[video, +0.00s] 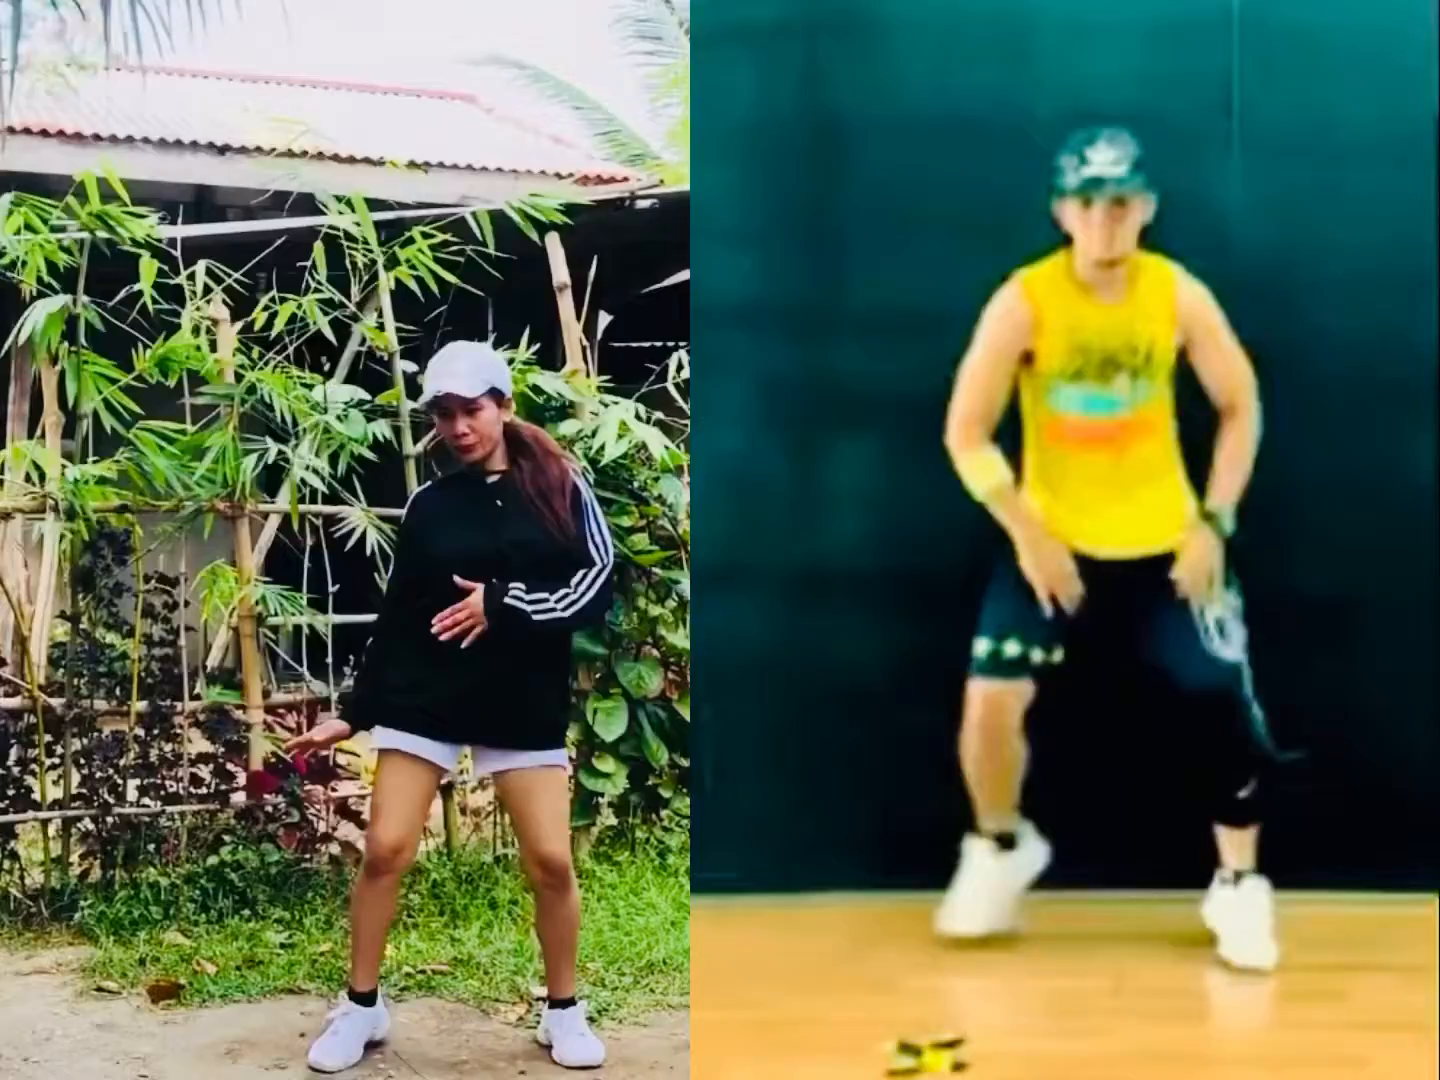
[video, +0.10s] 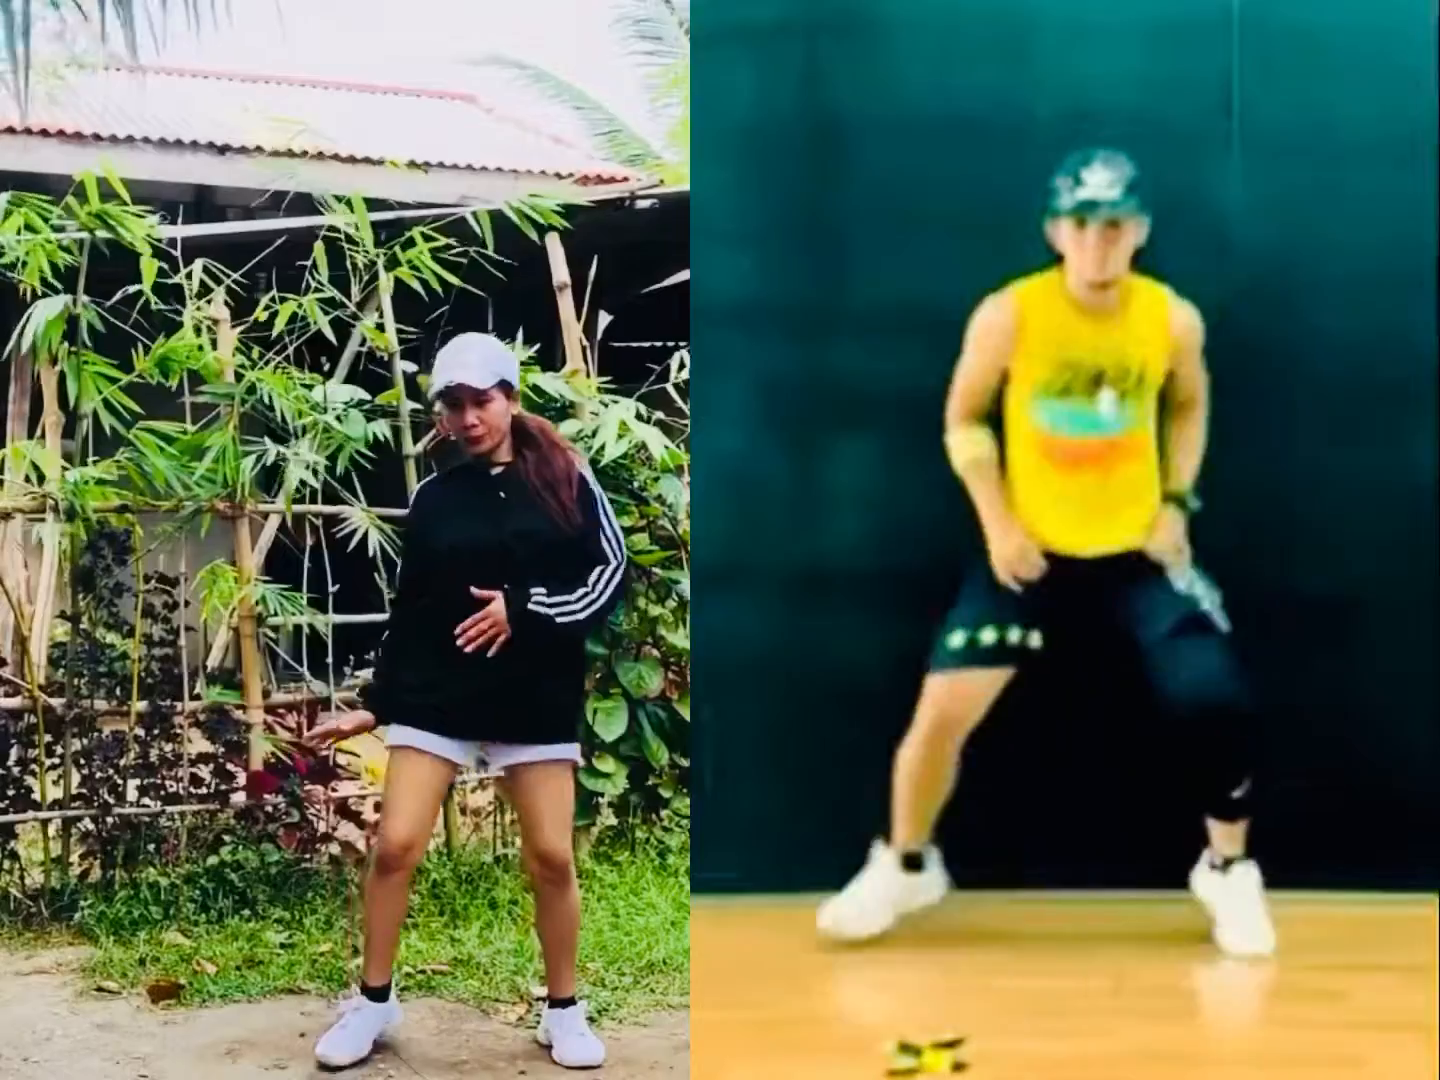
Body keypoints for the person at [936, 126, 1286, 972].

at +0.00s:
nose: (1108, 222)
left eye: (1123, 205)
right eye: (1091, 204)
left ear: (1146, 211)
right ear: (1063, 211)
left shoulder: (1179, 297)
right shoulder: (1022, 304)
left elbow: (1241, 408)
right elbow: (966, 435)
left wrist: (1212, 524)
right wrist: (1027, 532)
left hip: (1165, 530)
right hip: (1051, 531)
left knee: (1225, 704)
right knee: (991, 698)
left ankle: (1240, 883)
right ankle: (997, 849)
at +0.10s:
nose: (1100, 244)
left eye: (1116, 226)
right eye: (1084, 225)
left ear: (1140, 234)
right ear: (1056, 232)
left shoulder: (1174, 323)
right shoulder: (1008, 316)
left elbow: (1188, 409)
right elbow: (964, 422)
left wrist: (1177, 501)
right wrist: (999, 525)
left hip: (1138, 549)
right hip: (1030, 546)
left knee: (1213, 692)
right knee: (942, 710)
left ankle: (1229, 867)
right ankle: (905, 865)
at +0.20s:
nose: (1083, 298)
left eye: (1100, 280)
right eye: (1068, 279)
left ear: (1124, 289)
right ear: (1040, 285)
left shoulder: (1151, 392)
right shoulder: (987, 369)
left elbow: (1152, 486)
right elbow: (949, 476)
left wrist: (1147, 567)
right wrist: (974, 578)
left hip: (1112, 602)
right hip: (1006, 599)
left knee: (1181, 730)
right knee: (921, 749)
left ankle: (1218, 886)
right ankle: (873, 891)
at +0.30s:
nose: (1056, 284)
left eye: (1073, 268)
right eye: (1042, 266)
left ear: (1096, 276)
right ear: (1014, 269)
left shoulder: (1118, 377)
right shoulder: (954, 342)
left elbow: (1132, 482)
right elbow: (910, 451)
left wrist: (1107, 558)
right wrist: (927, 556)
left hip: (1070, 595)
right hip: (964, 588)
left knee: (1141, 728)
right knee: (889, 745)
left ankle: (1212, 883)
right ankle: (865, 890)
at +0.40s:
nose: (1035, 229)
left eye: (1053, 212)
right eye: (1020, 210)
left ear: (1077, 217)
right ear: (994, 212)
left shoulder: (1100, 311)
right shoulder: (939, 276)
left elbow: (1120, 414)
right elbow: (884, 373)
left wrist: (1086, 489)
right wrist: (888, 468)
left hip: (1041, 538)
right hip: (933, 533)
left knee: (1101, 675)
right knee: (884, 685)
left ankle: (1139, 852)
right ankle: (856, 871)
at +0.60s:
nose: (992, 240)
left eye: (1010, 222)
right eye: (977, 221)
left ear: (1033, 226)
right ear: (951, 222)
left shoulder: (1064, 318)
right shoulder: (903, 284)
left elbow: (1116, 422)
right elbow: (776, 303)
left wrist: (1216, 440)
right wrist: (825, 311)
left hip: (1010, 537)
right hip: (912, 525)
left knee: (979, 703)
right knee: (895, 691)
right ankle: (862, 877)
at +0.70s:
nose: (993, 256)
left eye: (1010, 238)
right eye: (978, 237)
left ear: (1034, 236)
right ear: (953, 236)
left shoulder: (1064, 308)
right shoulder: (914, 293)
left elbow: (1140, 398)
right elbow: (792, 319)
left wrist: (1224, 456)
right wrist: (749, 353)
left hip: (1004, 550)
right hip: (909, 546)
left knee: (982, 698)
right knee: (887, 723)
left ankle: (906, 859)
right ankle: (869, 886)